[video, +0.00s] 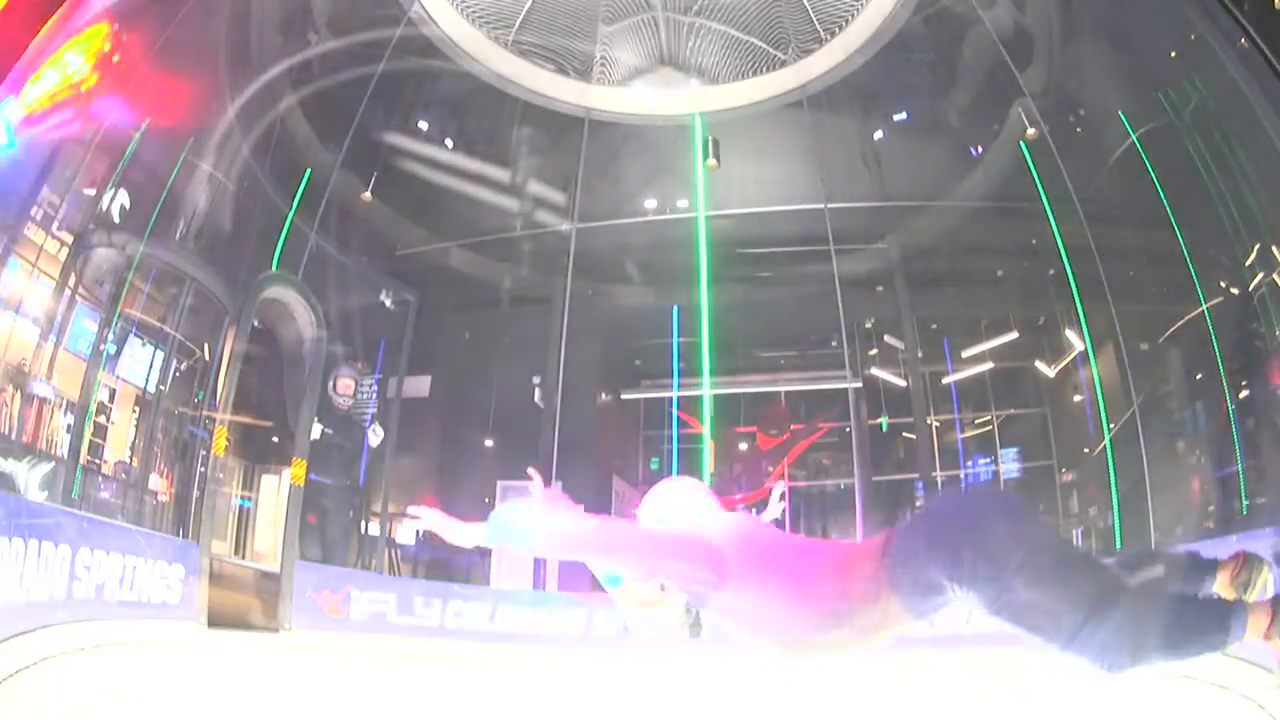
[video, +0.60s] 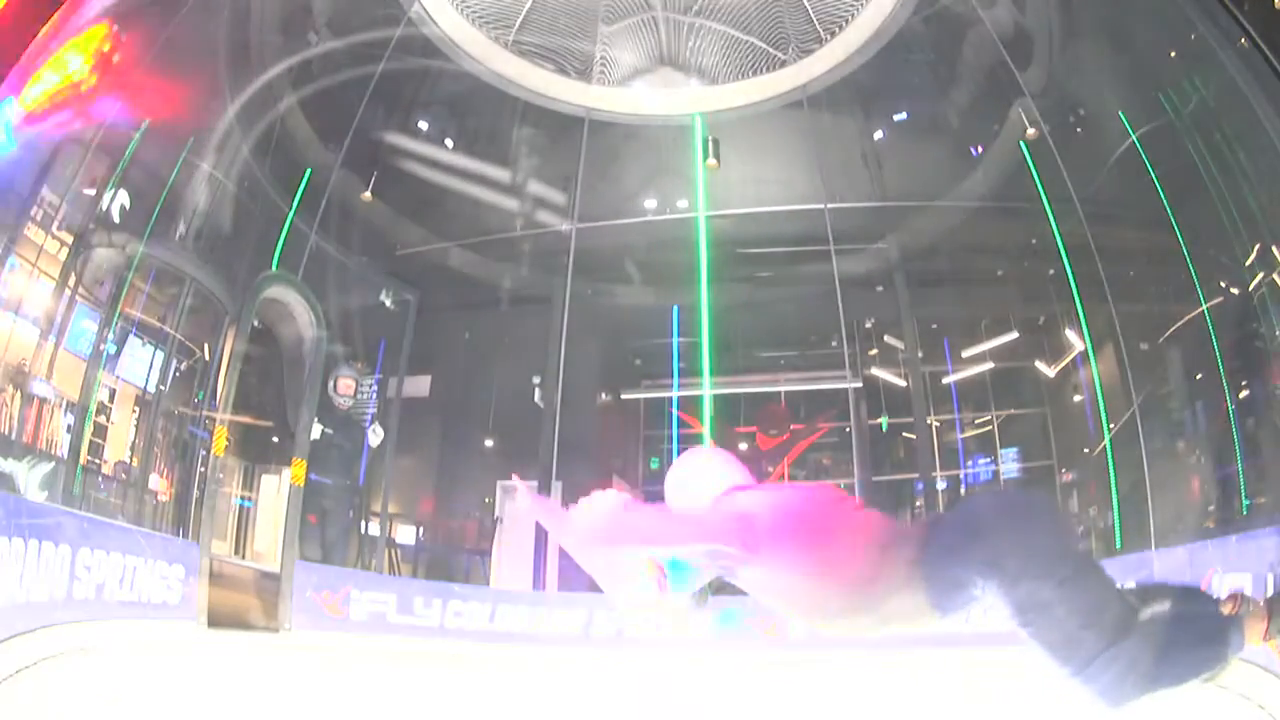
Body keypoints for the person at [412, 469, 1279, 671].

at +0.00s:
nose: (622, 536)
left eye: (627, 526)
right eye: (631, 522)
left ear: (659, 521)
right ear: (674, 516)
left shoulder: (706, 548)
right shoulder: (711, 548)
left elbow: (581, 537)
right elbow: (585, 538)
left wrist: (457, 529)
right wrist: (503, 519)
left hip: (945, 543)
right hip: (947, 537)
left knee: (1112, 638)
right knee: (1113, 603)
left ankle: (1246, 620)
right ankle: (1220, 582)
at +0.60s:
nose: (683, 519)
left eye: (684, 505)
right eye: (682, 505)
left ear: (711, 492)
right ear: (727, 479)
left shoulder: (758, 517)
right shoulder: (770, 518)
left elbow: (626, 527)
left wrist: (552, 515)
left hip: (994, 543)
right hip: (984, 535)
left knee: (1117, 670)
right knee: (1111, 618)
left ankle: (1247, 626)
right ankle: (1230, 610)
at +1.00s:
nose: (684, 511)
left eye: (691, 499)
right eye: (691, 498)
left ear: (714, 497)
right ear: (746, 480)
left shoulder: (751, 529)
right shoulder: (772, 513)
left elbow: (655, 531)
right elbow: (679, 541)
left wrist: (552, 566)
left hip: (1005, 541)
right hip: (993, 527)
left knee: (1116, 641)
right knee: (1106, 600)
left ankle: (1234, 615)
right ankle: (1219, 605)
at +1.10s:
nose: (683, 491)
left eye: (688, 479)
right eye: (687, 477)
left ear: (711, 480)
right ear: (736, 474)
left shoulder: (748, 523)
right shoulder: (752, 518)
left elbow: (636, 549)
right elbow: (648, 546)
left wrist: (520, 573)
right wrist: (553, 534)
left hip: (988, 542)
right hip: (973, 545)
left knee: (1116, 639)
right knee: (1110, 606)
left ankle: (1230, 614)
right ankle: (1221, 608)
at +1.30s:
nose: (655, 566)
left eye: (661, 546)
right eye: (649, 551)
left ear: (696, 517)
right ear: (709, 496)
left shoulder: (757, 519)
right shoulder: (754, 518)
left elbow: (621, 535)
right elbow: (636, 526)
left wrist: (468, 557)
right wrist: (539, 518)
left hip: (1025, 530)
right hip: (1006, 540)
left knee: (1139, 653)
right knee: (1131, 607)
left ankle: (1245, 616)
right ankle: (1233, 603)